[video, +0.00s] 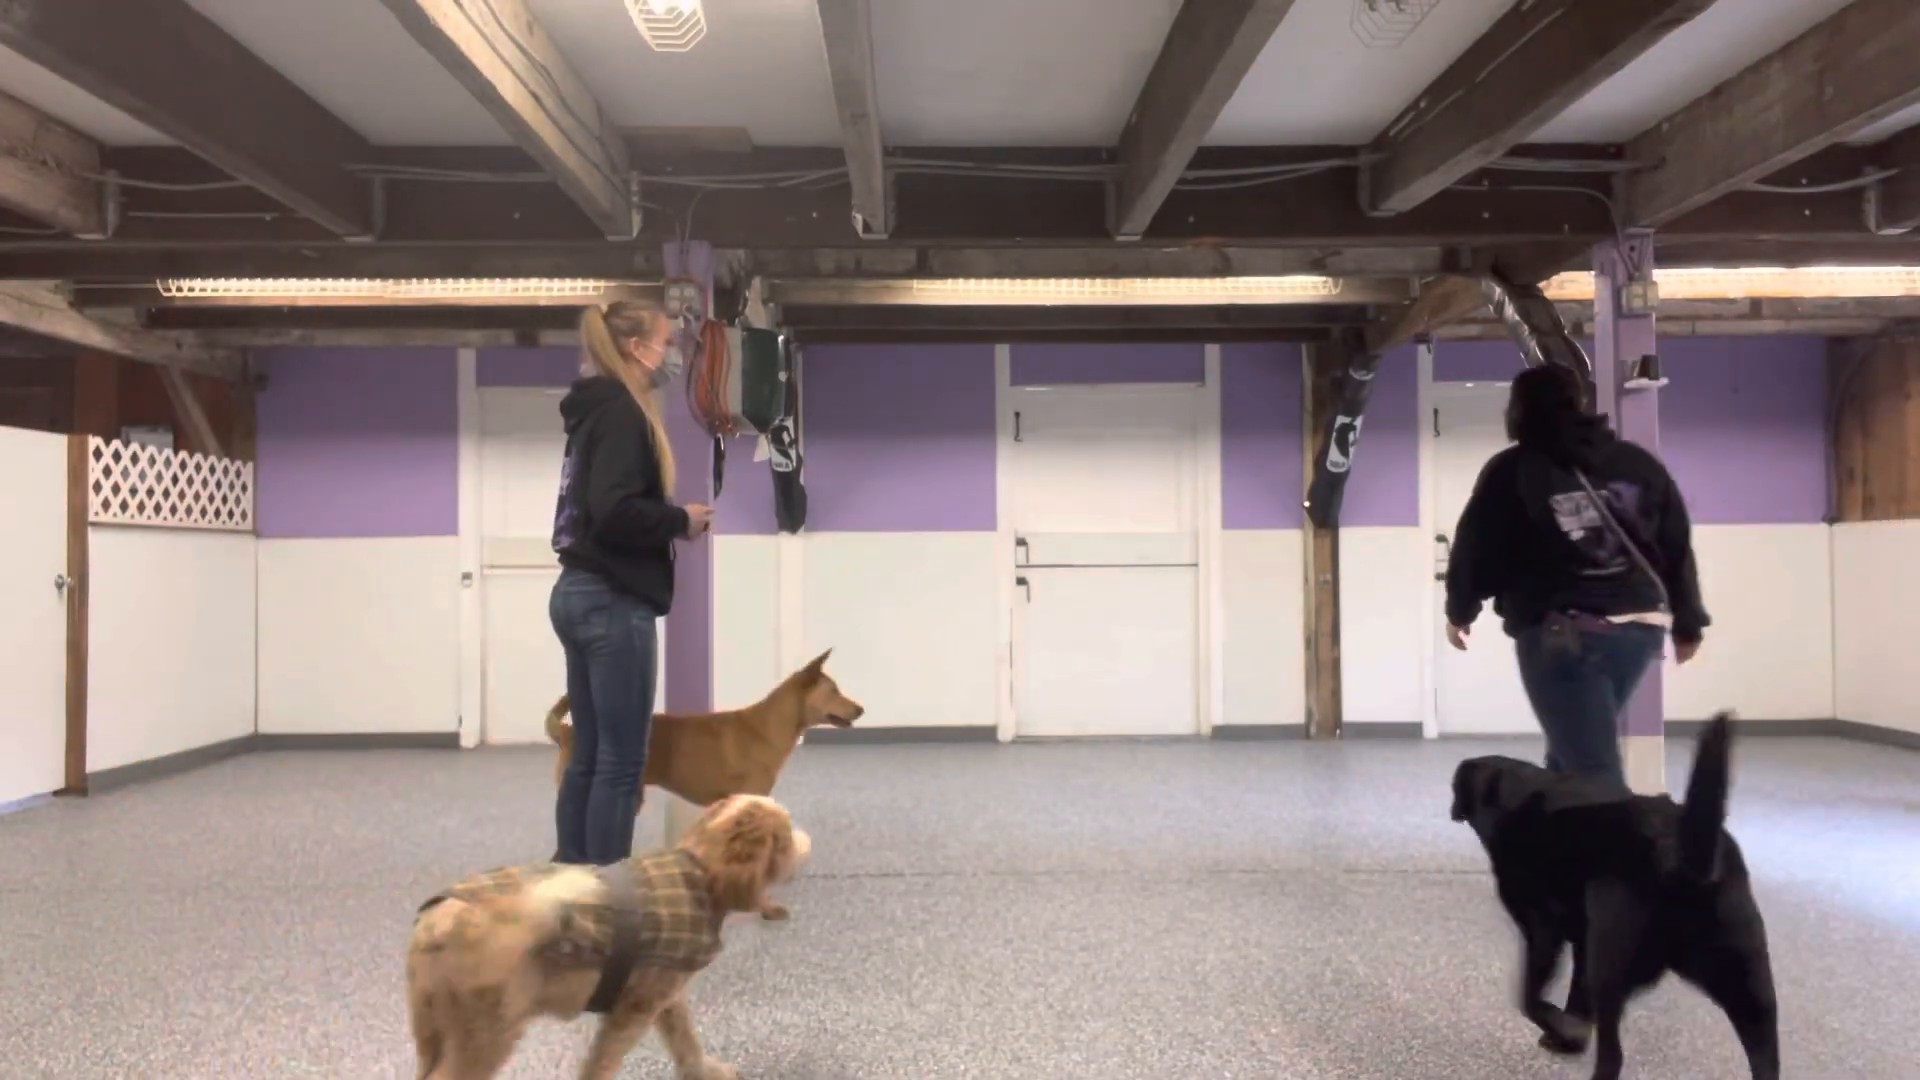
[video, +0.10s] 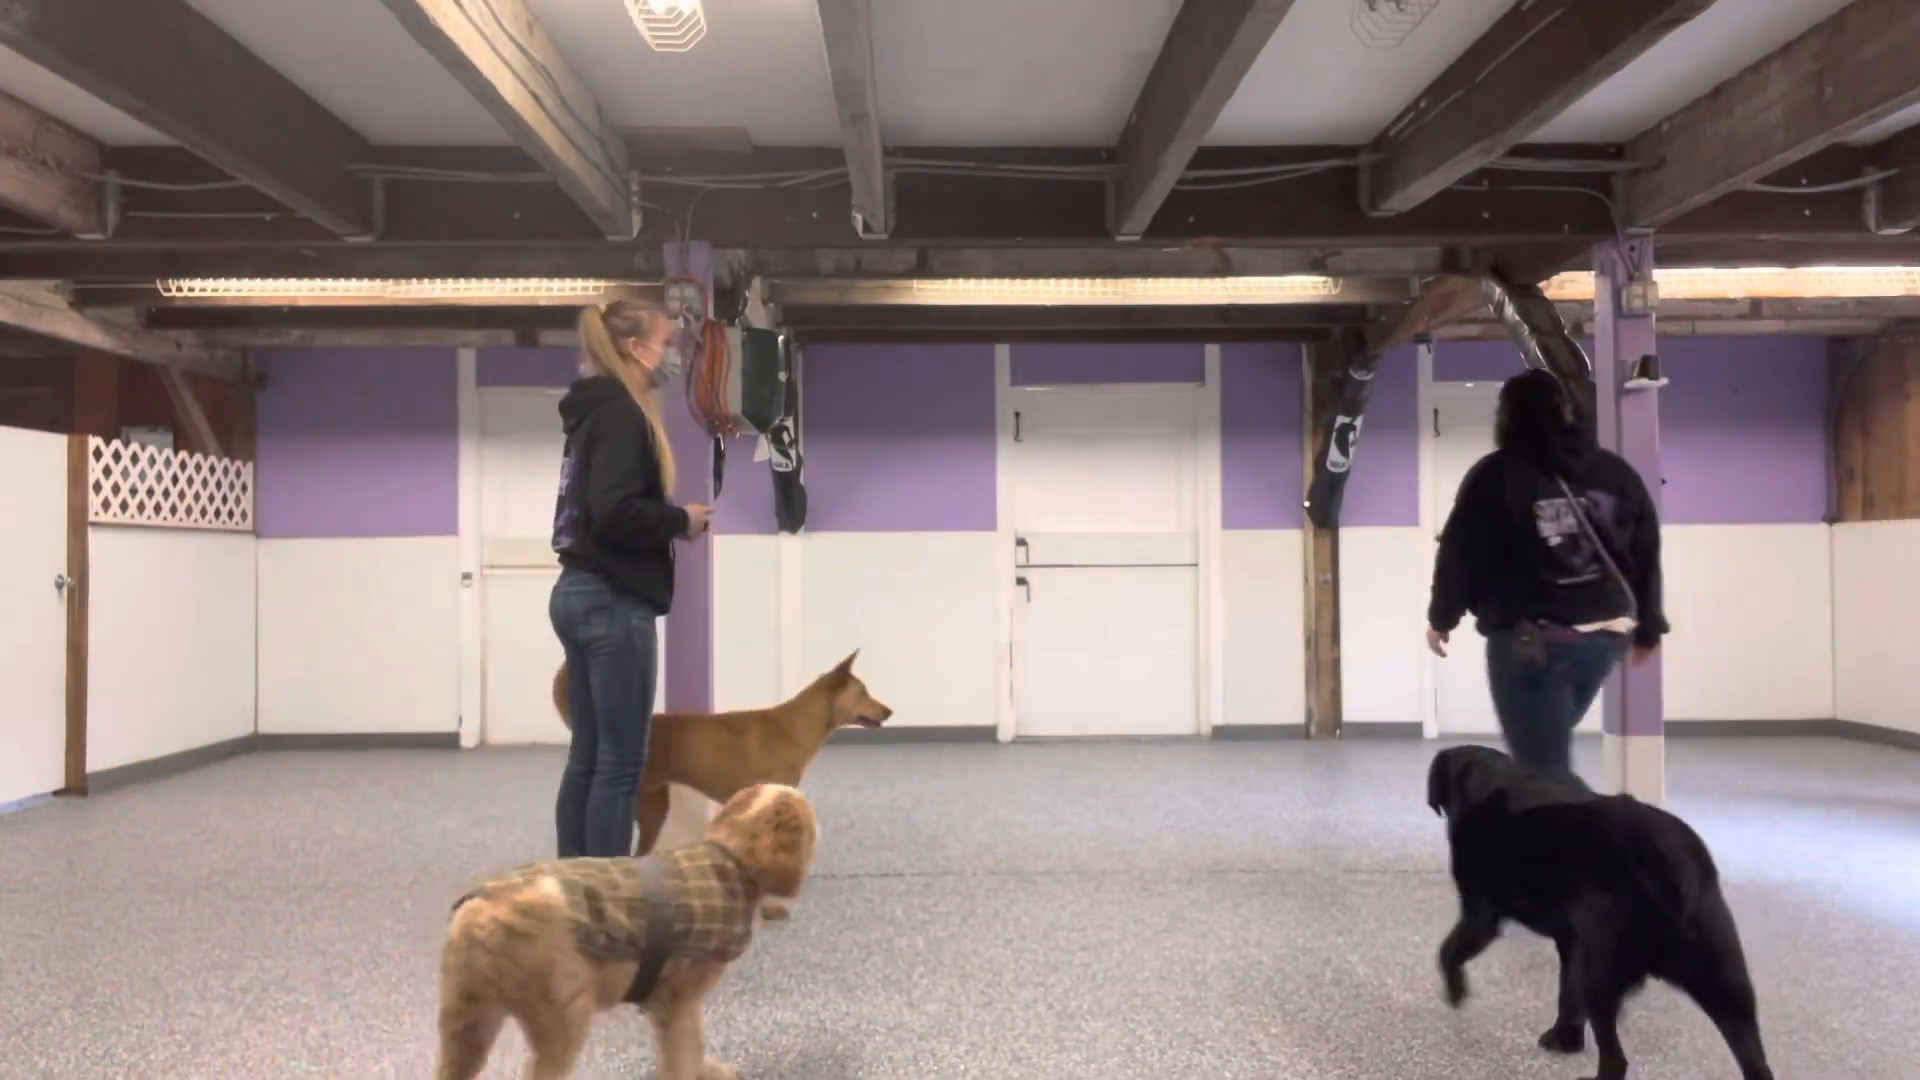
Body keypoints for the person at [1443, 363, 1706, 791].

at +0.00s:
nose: (1509, 415)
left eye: (1513, 407)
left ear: (1522, 412)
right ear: (1578, 406)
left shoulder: (1510, 470)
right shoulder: (1637, 461)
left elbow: (1474, 550)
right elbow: (1676, 547)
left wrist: (1460, 612)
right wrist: (1688, 622)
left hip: (1557, 633)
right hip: (1641, 631)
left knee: (1597, 778)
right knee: (1568, 763)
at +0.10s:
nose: (1497, 419)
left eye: (1502, 411)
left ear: (1509, 417)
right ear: (1566, 414)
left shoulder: (1494, 475)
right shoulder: (1612, 470)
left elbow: (1460, 552)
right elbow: (1646, 551)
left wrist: (1442, 616)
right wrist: (1649, 625)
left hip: (1529, 642)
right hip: (1604, 641)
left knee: (1546, 772)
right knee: (1539, 754)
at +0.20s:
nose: (1478, 415)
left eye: (1482, 409)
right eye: (1482, 408)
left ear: (1488, 414)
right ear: (1536, 410)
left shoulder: (1473, 470)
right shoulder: (1579, 465)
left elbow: (1439, 549)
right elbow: (1609, 544)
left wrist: (1416, 617)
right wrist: (1595, 608)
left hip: (1495, 634)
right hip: (1571, 630)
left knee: (1474, 750)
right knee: (1531, 745)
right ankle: (1552, 840)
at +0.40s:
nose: (1435, 424)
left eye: (1438, 417)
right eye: (1437, 416)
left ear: (1448, 421)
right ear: (1492, 415)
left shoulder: (1435, 472)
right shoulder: (1538, 469)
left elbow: (1407, 553)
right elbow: (1558, 549)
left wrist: (1378, 617)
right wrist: (1531, 597)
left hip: (1448, 633)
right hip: (1526, 630)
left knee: (1408, 739)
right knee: (1528, 748)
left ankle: (1403, 842)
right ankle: (1558, 851)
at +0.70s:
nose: (1366, 441)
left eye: (1368, 433)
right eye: (1367, 433)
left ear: (1375, 437)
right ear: (1420, 428)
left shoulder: (1370, 488)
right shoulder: (1466, 479)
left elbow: (1352, 565)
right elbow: (1488, 551)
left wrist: (1333, 622)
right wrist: (1487, 613)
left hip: (1386, 633)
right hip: (1460, 631)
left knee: (1361, 739)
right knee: (1466, 738)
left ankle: (1358, 839)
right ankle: (1519, 820)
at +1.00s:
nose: (1317, 432)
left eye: (1319, 425)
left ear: (1324, 430)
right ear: (1365, 427)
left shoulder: (1314, 479)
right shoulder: (1412, 470)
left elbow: (1289, 546)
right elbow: (1440, 532)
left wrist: (1269, 601)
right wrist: (1439, 589)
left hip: (1347, 615)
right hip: (1414, 613)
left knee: (1350, 720)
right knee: (1395, 707)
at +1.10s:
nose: (1313, 433)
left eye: (1316, 426)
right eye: (1315, 426)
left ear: (1322, 431)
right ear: (1361, 428)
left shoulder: (1310, 482)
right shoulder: (1406, 474)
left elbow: (1284, 547)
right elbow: (1432, 536)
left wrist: (1265, 604)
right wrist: (1428, 590)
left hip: (1341, 616)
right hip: (1407, 614)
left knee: (1348, 724)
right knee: (1389, 716)